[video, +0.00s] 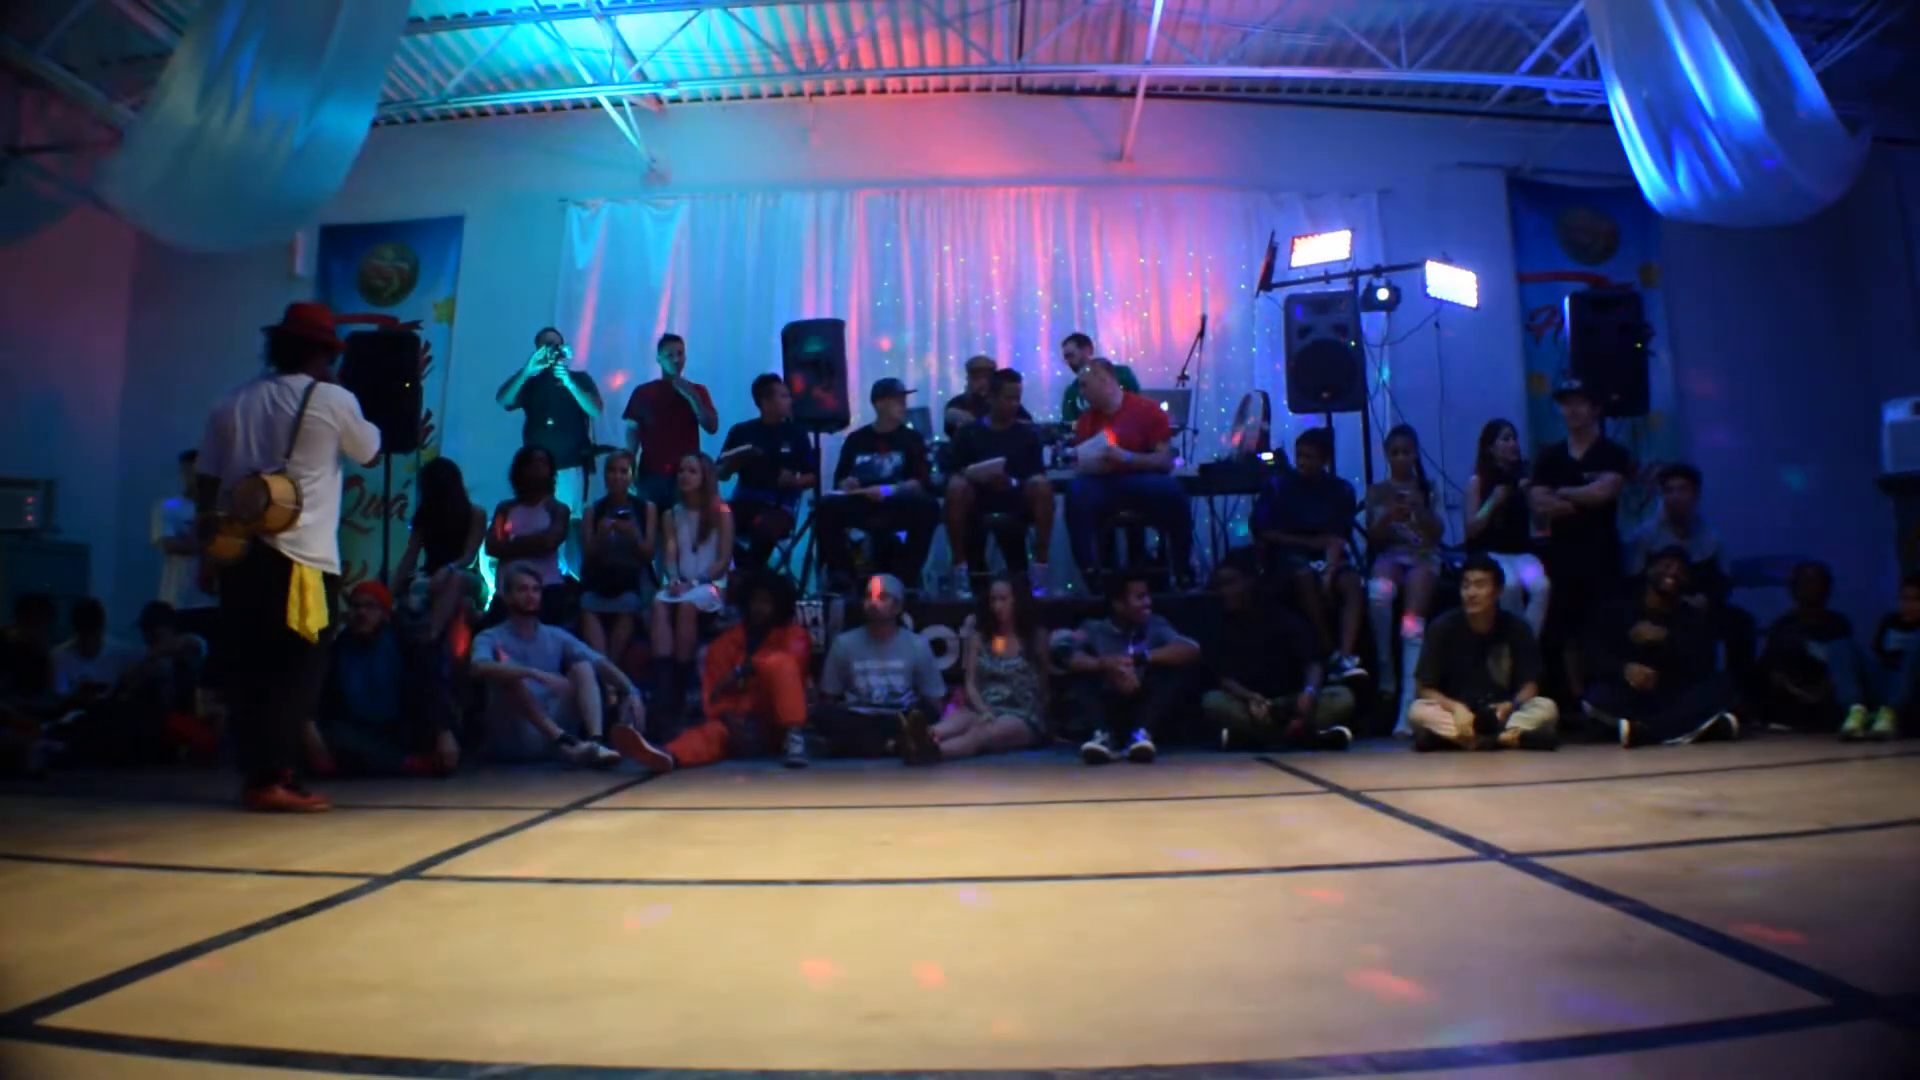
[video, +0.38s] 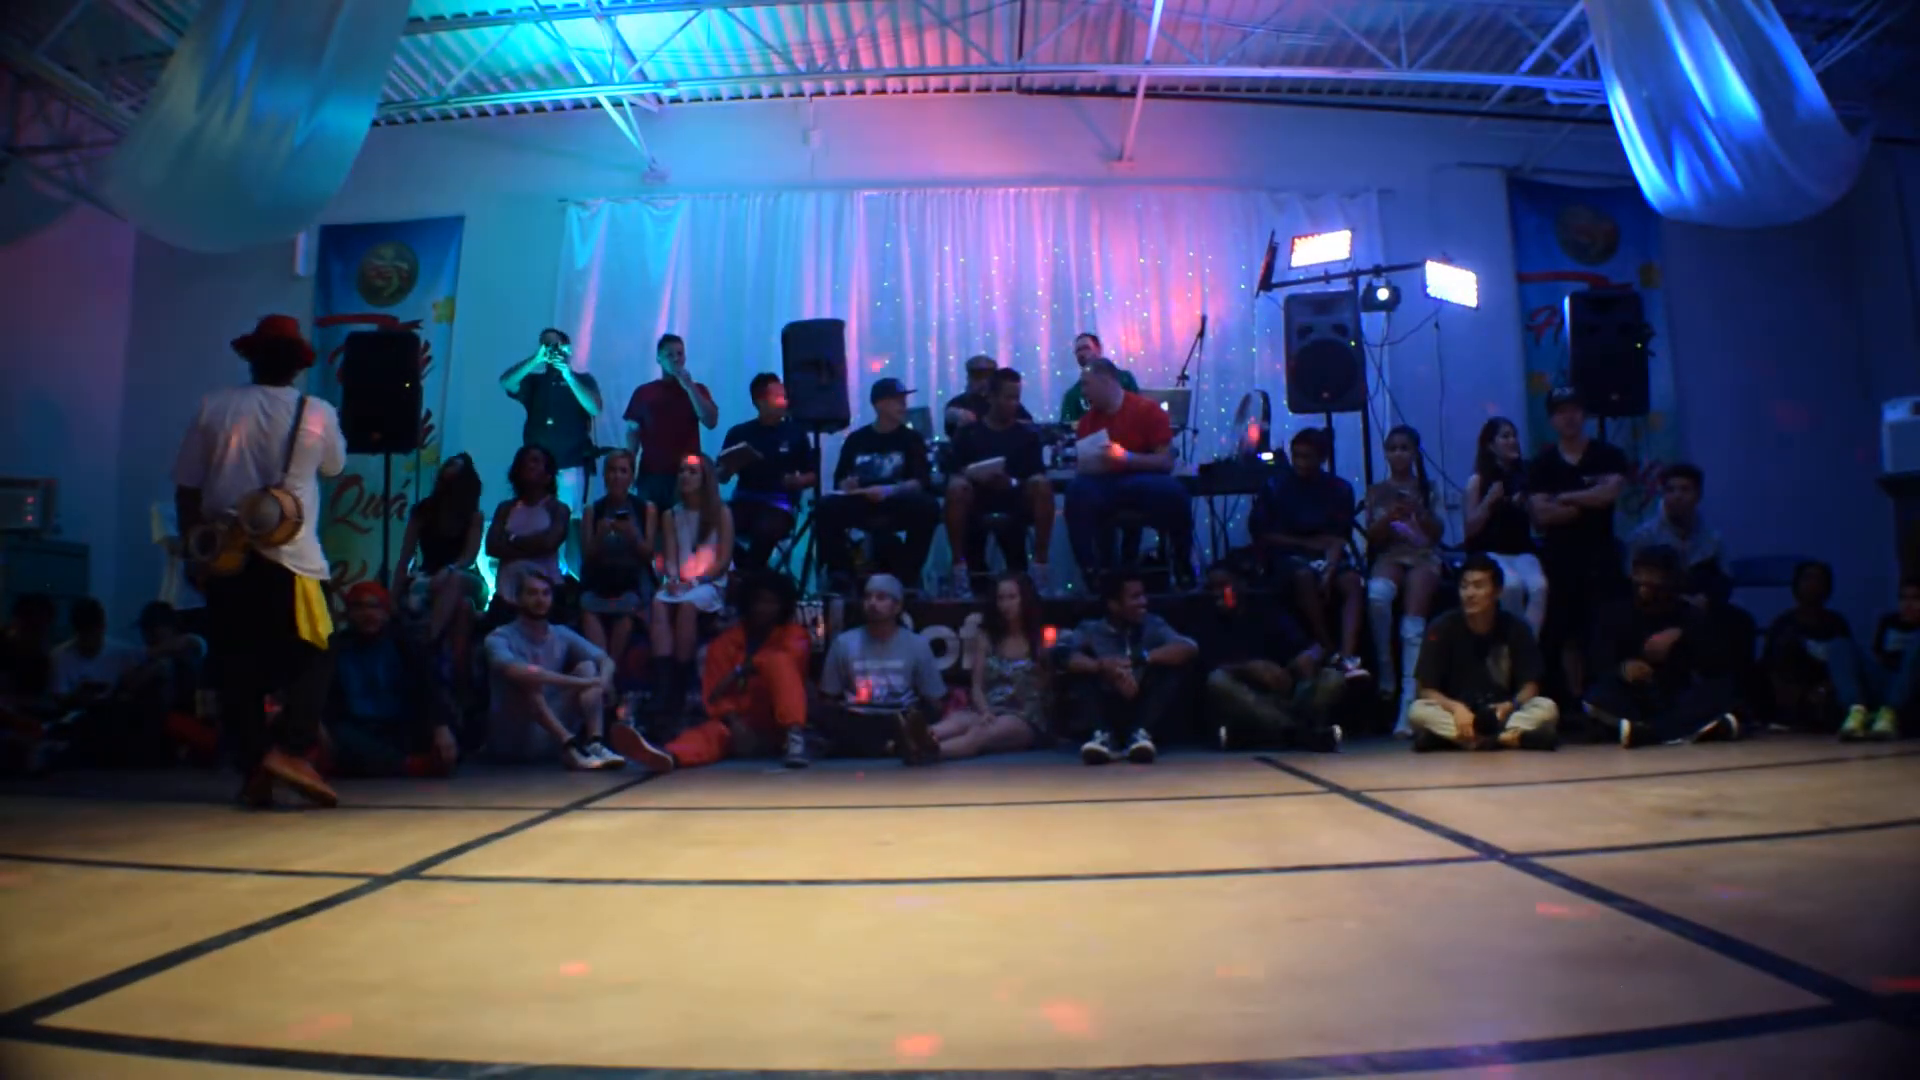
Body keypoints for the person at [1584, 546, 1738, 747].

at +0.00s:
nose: (1671, 574)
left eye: (1679, 570)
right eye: (1665, 566)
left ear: (1685, 579)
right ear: (1650, 570)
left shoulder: (1692, 616)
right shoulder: (1624, 610)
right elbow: (1597, 651)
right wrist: (1625, 669)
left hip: (1678, 689)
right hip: (1632, 689)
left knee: (1720, 687)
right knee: (1597, 697)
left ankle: (1647, 730)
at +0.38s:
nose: (1643, 593)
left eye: (1652, 586)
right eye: (1638, 585)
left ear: (1670, 585)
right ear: (1631, 582)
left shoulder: (1689, 616)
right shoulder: (1621, 616)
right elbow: (1601, 659)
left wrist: (1680, 635)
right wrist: (1623, 668)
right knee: (1598, 696)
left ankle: (1650, 731)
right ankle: (1685, 732)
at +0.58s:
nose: (1678, 497)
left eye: (1686, 490)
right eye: (1672, 490)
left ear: (1698, 497)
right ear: (1663, 494)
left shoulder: (1710, 540)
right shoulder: (1644, 537)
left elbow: (1722, 580)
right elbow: (1639, 581)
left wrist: (1706, 599)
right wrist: (1675, 600)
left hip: (1701, 609)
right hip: (1662, 608)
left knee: (1741, 622)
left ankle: (1741, 696)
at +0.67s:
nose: (1678, 497)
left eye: (1686, 490)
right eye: (1672, 490)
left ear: (1698, 497)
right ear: (1663, 495)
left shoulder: (1710, 539)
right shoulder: (1645, 537)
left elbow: (1722, 580)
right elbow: (1640, 582)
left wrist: (1706, 599)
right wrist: (1674, 601)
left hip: (1700, 608)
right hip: (1662, 607)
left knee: (1742, 623)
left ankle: (1742, 698)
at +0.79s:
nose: (1678, 497)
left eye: (1686, 490)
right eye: (1672, 490)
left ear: (1698, 497)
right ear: (1663, 495)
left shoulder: (1711, 538)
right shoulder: (1645, 536)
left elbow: (1723, 579)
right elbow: (1638, 583)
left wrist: (1705, 600)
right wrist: (1675, 600)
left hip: (1701, 609)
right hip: (1661, 610)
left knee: (1741, 622)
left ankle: (1740, 699)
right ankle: (1666, 704)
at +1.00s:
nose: (1678, 497)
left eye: (1686, 490)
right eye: (1672, 490)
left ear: (1698, 497)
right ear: (1663, 495)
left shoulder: (1709, 537)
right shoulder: (1646, 536)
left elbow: (1723, 580)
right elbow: (1638, 582)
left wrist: (1705, 600)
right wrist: (1675, 600)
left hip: (1700, 608)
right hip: (1661, 609)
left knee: (1741, 624)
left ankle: (1736, 703)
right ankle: (1663, 705)